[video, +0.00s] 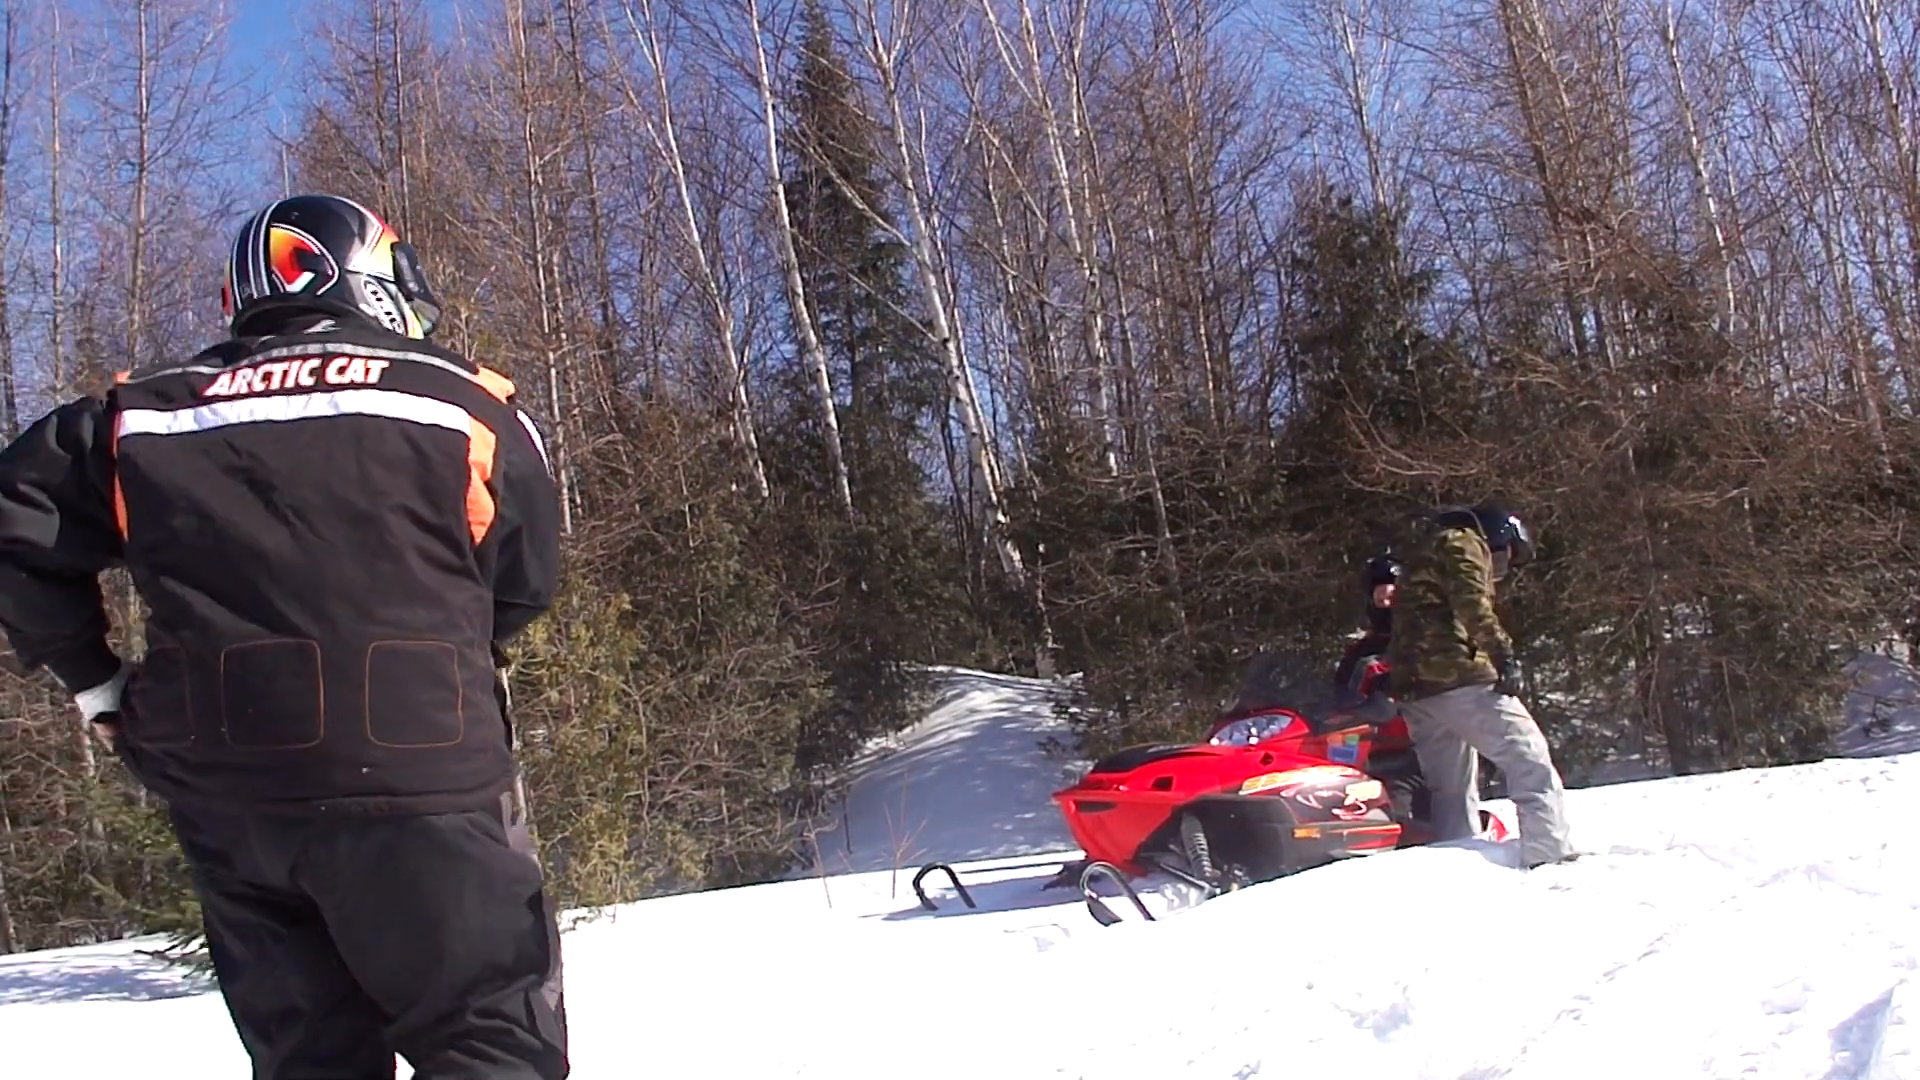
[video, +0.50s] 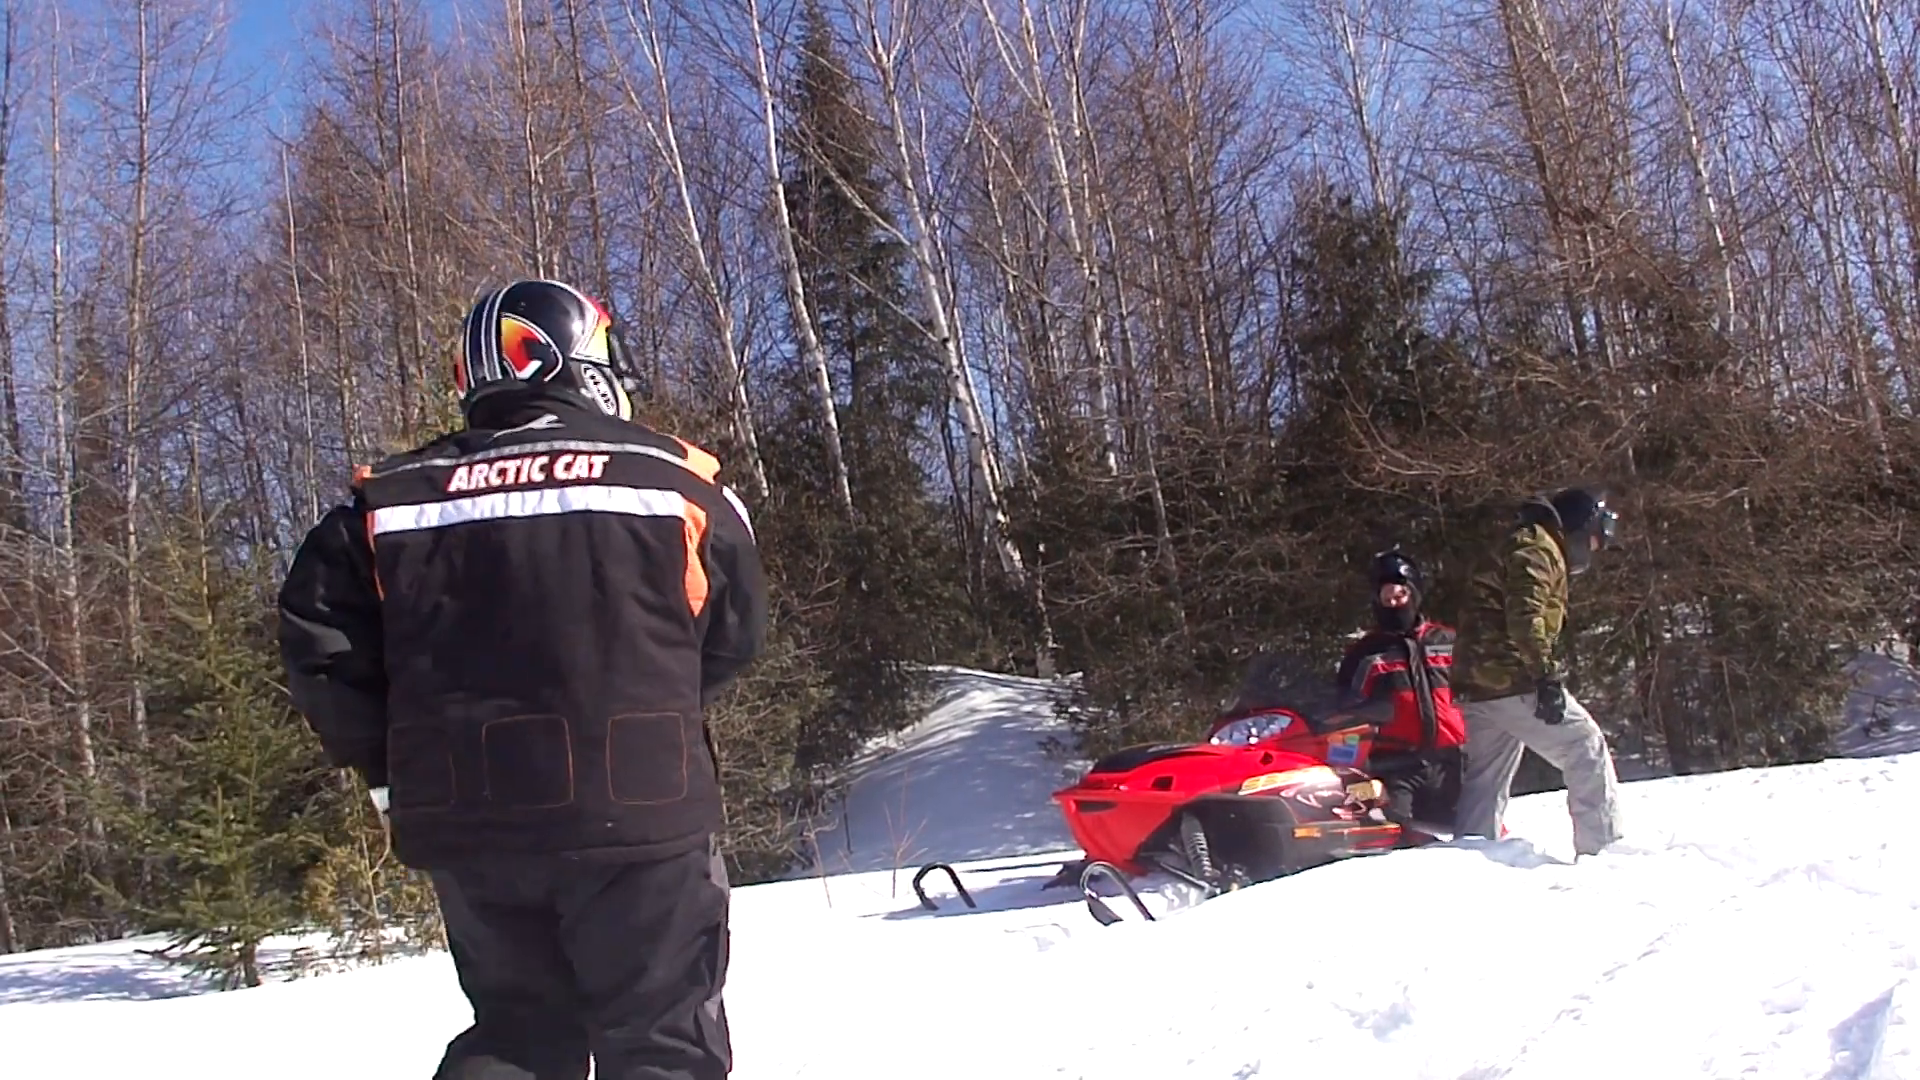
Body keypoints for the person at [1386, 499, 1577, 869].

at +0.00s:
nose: (1504, 566)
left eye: (1510, 560)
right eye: (1508, 555)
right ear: (1497, 536)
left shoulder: (1421, 551)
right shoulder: (1461, 542)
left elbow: (1409, 623)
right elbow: (1473, 606)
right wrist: (1505, 657)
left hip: (1412, 686)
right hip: (1456, 675)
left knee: (1450, 789)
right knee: (1527, 753)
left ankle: (1459, 868)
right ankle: (1548, 853)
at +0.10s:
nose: (1514, 563)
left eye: (1521, 557)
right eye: (1519, 552)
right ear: (1507, 532)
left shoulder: (1429, 548)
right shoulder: (1470, 540)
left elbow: (1416, 618)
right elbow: (1474, 602)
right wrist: (1503, 656)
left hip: (1422, 687)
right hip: (1462, 677)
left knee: (1453, 787)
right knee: (1533, 748)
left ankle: (1459, 867)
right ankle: (1562, 848)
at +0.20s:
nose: (1529, 559)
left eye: (1536, 553)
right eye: (1534, 548)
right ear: (1520, 529)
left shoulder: (1447, 549)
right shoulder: (1480, 541)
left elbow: (1430, 621)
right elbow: (1481, 604)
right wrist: (1506, 663)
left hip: (1433, 687)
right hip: (1471, 679)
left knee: (1458, 789)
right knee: (1541, 748)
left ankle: (1464, 867)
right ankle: (1584, 845)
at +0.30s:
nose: (1546, 560)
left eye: (1553, 552)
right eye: (1551, 548)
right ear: (1538, 530)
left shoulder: (1466, 544)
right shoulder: (1494, 542)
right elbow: (1488, 603)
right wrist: (1513, 666)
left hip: (1446, 686)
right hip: (1481, 680)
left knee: (1465, 778)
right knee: (1548, 751)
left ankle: (1463, 861)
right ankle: (1592, 847)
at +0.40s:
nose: (1569, 554)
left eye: (1574, 547)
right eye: (1571, 543)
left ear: (1545, 525)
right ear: (1554, 528)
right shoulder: (1513, 543)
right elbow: (1507, 612)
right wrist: (1528, 677)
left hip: (1461, 681)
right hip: (1494, 678)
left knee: (1474, 776)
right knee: (1561, 750)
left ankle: (1467, 858)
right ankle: (1593, 847)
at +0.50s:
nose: (1593, 553)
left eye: (1598, 545)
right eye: (1595, 541)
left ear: (1564, 524)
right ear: (1577, 526)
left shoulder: (1512, 544)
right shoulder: (1536, 547)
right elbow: (1525, 616)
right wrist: (1549, 678)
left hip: (1476, 683)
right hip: (1510, 680)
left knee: (1484, 783)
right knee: (1585, 745)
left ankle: (1472, 863)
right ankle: (1600, 850)